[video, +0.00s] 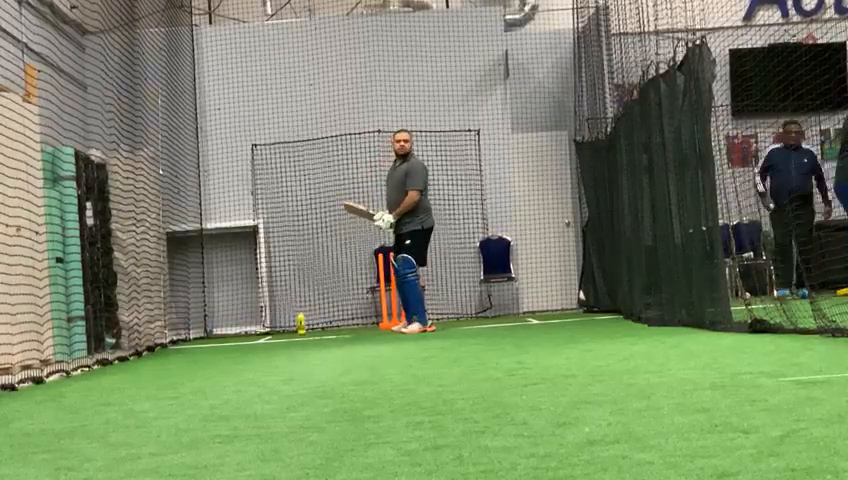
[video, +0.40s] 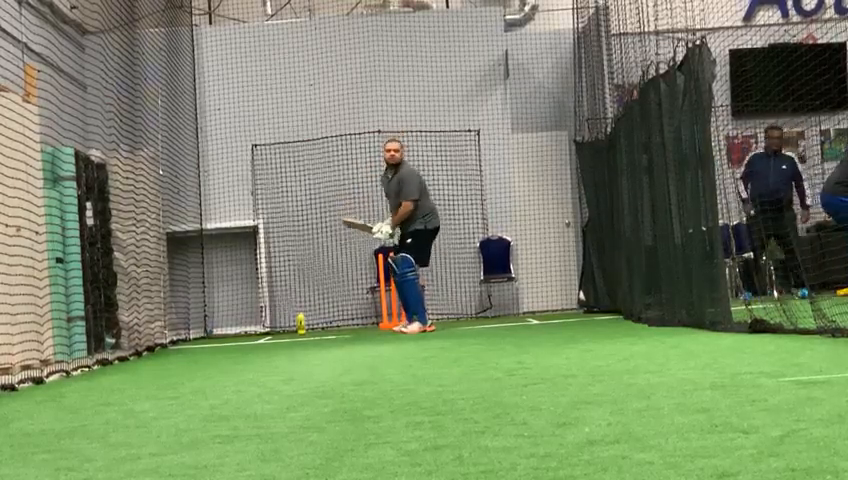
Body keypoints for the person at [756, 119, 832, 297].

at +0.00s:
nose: (794, 136)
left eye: (798, 133)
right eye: (790, 133)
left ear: (802, 135)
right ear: (783, 135)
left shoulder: (809, 155)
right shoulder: (774, 154)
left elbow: (820, 179)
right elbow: (761, 174)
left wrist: (826, 202)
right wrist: (763, 195)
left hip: (803, 205)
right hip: (780, 207)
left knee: (804, 244)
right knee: (782, 245)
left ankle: (803, 285)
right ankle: (783, 286)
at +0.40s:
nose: (775, 142)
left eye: (778, 138)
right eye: (772, 138)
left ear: (783, 140)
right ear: (765, 140)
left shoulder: (789, 161)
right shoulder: (755, 160)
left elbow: (799, 184)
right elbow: (744, 179)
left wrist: (804, 206)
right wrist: (745, 199)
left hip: (784, 210)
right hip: (760, 211)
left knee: (791, 249)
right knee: (757, 251)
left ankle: (799, 286)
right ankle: (758, 289)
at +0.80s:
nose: (750, 144)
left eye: (753, 141)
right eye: (746, 141)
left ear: (757, 142)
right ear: (738, 142)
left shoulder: (764, 161)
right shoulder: (730, 164)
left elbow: (774, 184)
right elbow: (720, 187)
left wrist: (779, 206)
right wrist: (727, 208)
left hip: (766, 210)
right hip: (742, 213)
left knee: (777, 247)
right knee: (744, 252)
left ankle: (787, 285)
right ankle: (749, 290)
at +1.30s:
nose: (752, 144)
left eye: (754, 141)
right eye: (748, 141)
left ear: (758, 141)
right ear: (740, 141)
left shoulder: (766, 159)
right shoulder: (730, 161)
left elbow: (775, 184)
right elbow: (718, 181)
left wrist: (779, 206)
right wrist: (726, 186)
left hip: (766, 210)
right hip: (742, 211)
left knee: (773, 247)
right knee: (745, 250)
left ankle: (780, 285)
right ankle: (749, 289)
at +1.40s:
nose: (754, 144)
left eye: (757, 141)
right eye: (750, 140)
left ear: (760, 141)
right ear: (742, 141)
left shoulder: (768, 159)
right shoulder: (733, 160)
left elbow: (777, 184)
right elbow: (715, 173)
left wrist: (781, 206)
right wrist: (720, 166)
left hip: (768, 211)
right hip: (744, 212)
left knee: (774, 248)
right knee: (746, 251)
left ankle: (780, 286)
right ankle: (749, 289)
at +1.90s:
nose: (762, 145)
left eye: (764, 141)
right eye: (758, 141)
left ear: (767, 142)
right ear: (749, 141)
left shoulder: (773, 159)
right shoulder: (741, 159)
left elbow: (782, 184)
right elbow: (730, 171)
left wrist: (788, 205)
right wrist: (734, 153)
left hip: (772, 208)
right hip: (750, 209)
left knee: (777, 247)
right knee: (749, 248)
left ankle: (782, 286)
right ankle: (751, 288)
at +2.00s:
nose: (762, 145)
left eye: (765, 142)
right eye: (759, 141)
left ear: (768, 142)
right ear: (752, 141)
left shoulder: (775, 159)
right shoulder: (742, 159)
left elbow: (783, 184)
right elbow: (737, 175)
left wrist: (788, 205)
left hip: (772, 207)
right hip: (751, 208)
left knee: (776, 247)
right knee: (751, 248)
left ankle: (781, 286)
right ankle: (752, 289)